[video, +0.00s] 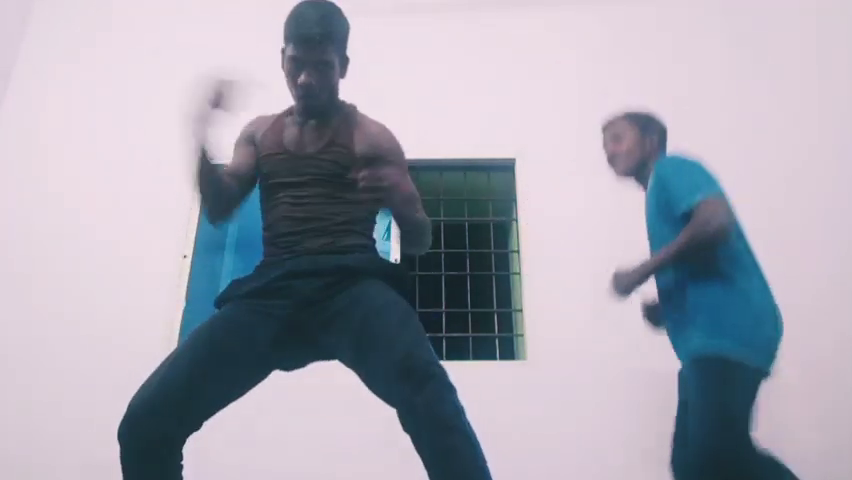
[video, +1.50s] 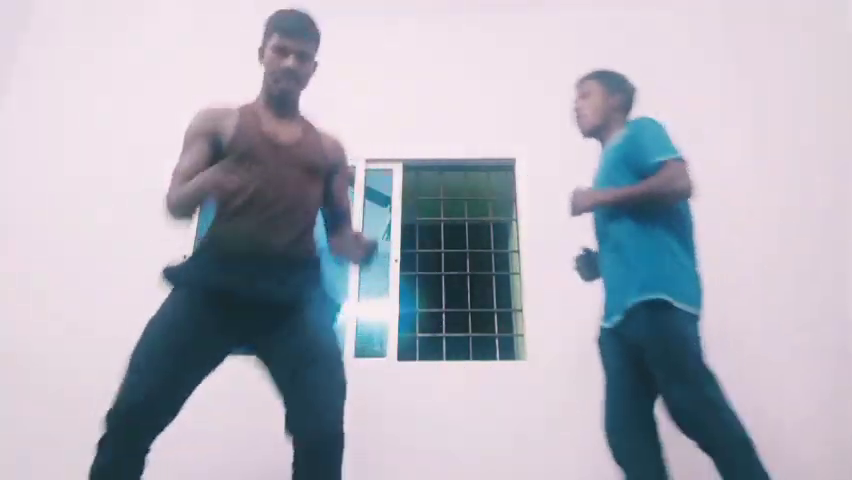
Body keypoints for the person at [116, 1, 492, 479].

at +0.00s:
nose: (308, 78)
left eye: (322, 66)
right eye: (299, 65)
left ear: (343, 68)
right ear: (284, 64)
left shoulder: (372, 138)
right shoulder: (259, 134)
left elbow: (419, 241)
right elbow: (218, 209)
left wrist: (403, 196)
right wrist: (202, 139)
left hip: (354, 291)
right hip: (271, 292)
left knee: (420, 378)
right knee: (147, 424)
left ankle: (471, 475)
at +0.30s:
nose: (324, 72)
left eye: (337, 60)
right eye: (315, 59)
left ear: (361, 62)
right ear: (299, 59)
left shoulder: (388, 139)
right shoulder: (269, 119)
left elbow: (458, 201)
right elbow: (188, 166)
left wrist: (531, 154)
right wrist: (129, 126)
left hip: (363, 290)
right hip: (274, 293)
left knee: (445, 379)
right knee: (144, 427)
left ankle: (487, 474)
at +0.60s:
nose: (337, 67)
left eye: (351, 56)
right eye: (327, 54)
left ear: (371, 58)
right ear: (312, 54)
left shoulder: (397, 135)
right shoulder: (279, 127)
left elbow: (458, 227)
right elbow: (218, 201)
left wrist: (475, 211)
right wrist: (145, 190)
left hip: (372, 273)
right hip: (286, 279)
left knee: (439, 370)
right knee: (159, 423)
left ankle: (481, 476)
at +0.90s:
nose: (300, 70)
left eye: (312, 60)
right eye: (291, 59)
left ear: (331, 63)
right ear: (277, 61)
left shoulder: (358, 136)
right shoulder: (245, 150)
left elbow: (417, 204)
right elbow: (227, 245)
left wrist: (429, 233)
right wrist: (184, 280)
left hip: (345, 282)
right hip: (258, 291)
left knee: (409, 375)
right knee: (134, 428)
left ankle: (465, 474)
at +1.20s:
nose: (277, 4)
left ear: (307, 7)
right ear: (254, 5)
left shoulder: (333, 70)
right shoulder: (221, 65)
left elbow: (374, 148)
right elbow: (187, 149)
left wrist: (394, 189)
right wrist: (140, 165)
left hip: (307, 216)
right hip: (226, 215)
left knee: (352, 340)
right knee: (153, 352)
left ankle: (349, 475)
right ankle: (142, 476)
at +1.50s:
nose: (290, 64)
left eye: (301, 56)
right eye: (281, 52)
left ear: (314, 66)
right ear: (262, 54)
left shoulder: (329, 151)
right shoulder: (215, 124)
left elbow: (339, 231)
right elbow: (176, 204)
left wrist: (354, 245)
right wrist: (209, 180)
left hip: (292, 302)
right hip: (211, 293)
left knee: (322, 431)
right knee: (131, 418)